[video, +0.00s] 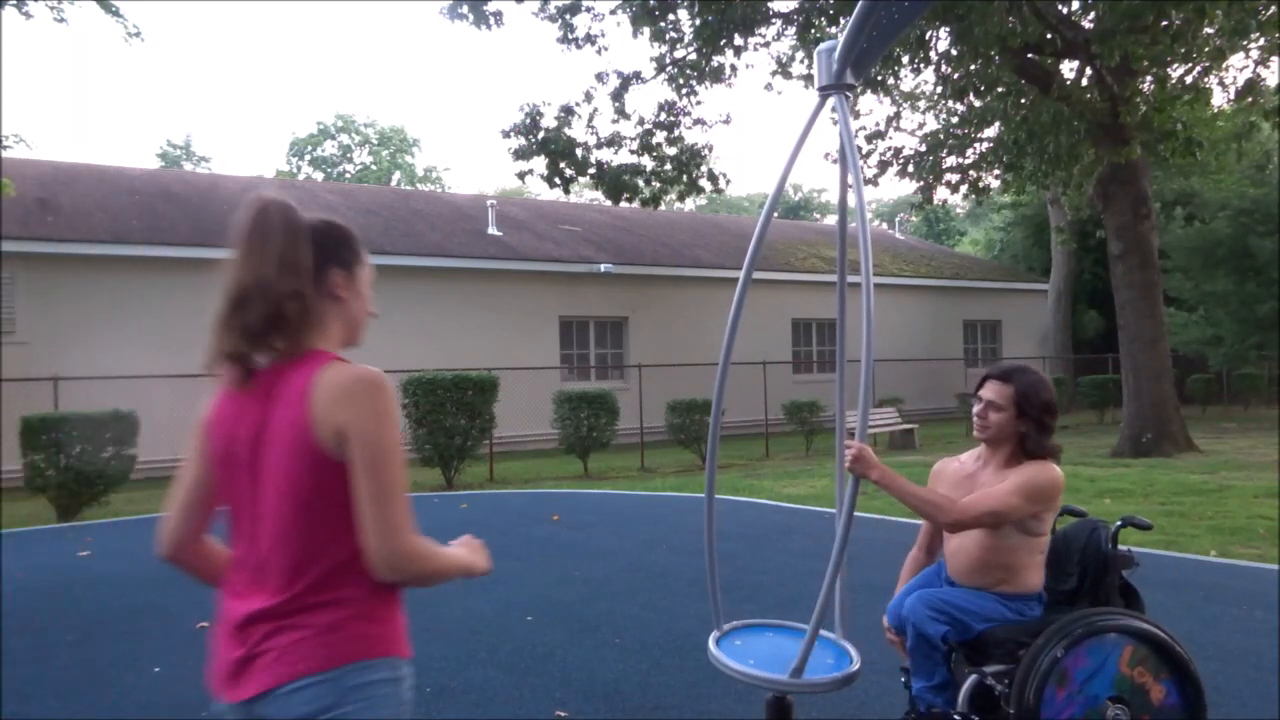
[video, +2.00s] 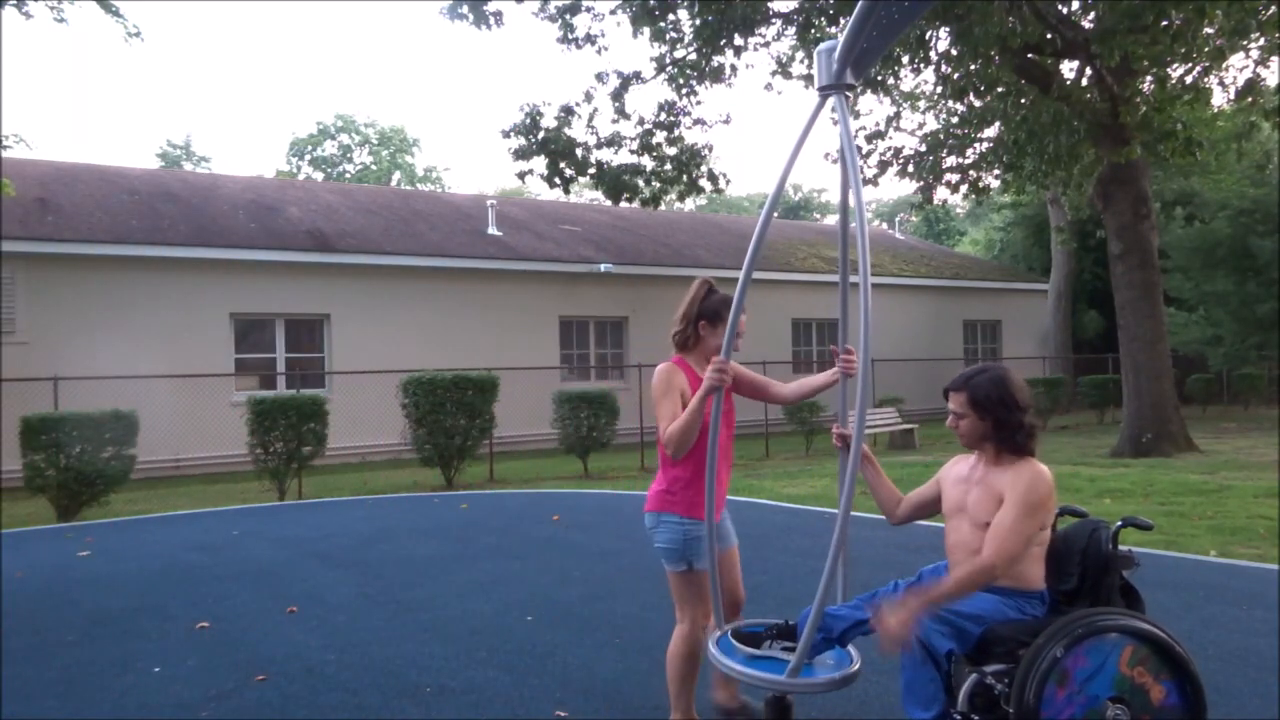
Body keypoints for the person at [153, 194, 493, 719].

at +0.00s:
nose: (373, 308)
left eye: (373, 290)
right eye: (369, 288)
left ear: (284, 287)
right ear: (336, 284)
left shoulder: (232, 396)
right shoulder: (357, 388)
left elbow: (178, 541)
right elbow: (393, 556)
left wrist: (262, 581)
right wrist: (461, 559)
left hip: (243, 676)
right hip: (342, 677)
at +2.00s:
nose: (737, 343)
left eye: (740, 334)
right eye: (732, 333)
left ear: (713, 329)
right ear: (704, 330)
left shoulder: (721, 369)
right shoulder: (669, 374)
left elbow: (783, 392)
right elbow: (672, 445)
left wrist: (836, 373)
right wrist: (703, 392)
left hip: (713, 508)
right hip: (676, 513)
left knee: (733, 604)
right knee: (695, 620)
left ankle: (726, 694)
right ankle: (681, 713)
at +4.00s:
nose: (752, 336)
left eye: (757, 327)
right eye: (744, 327)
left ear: (761, 325)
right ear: (717, 324)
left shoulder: (761, 366)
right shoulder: (688, 367)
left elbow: (805, 416)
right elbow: (692, 418)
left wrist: (843, 381)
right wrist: (719, 370)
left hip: (758, 507)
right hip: (705, 509)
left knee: (746, 608)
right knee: (705, 614)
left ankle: (745, 695)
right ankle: (697, 709)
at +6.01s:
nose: (759, 346)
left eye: (764, 337)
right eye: (751, 336)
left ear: (769, 330)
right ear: (726, 328)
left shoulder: (772, 366)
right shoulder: (698, 370)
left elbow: (811, 413)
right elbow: (699, 417)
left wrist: (848, 379)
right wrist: (719, 370)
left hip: (771, 504)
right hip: (720, 508)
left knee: (757, 612)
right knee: (735, 615)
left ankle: (746, 701)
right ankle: (702, 707)